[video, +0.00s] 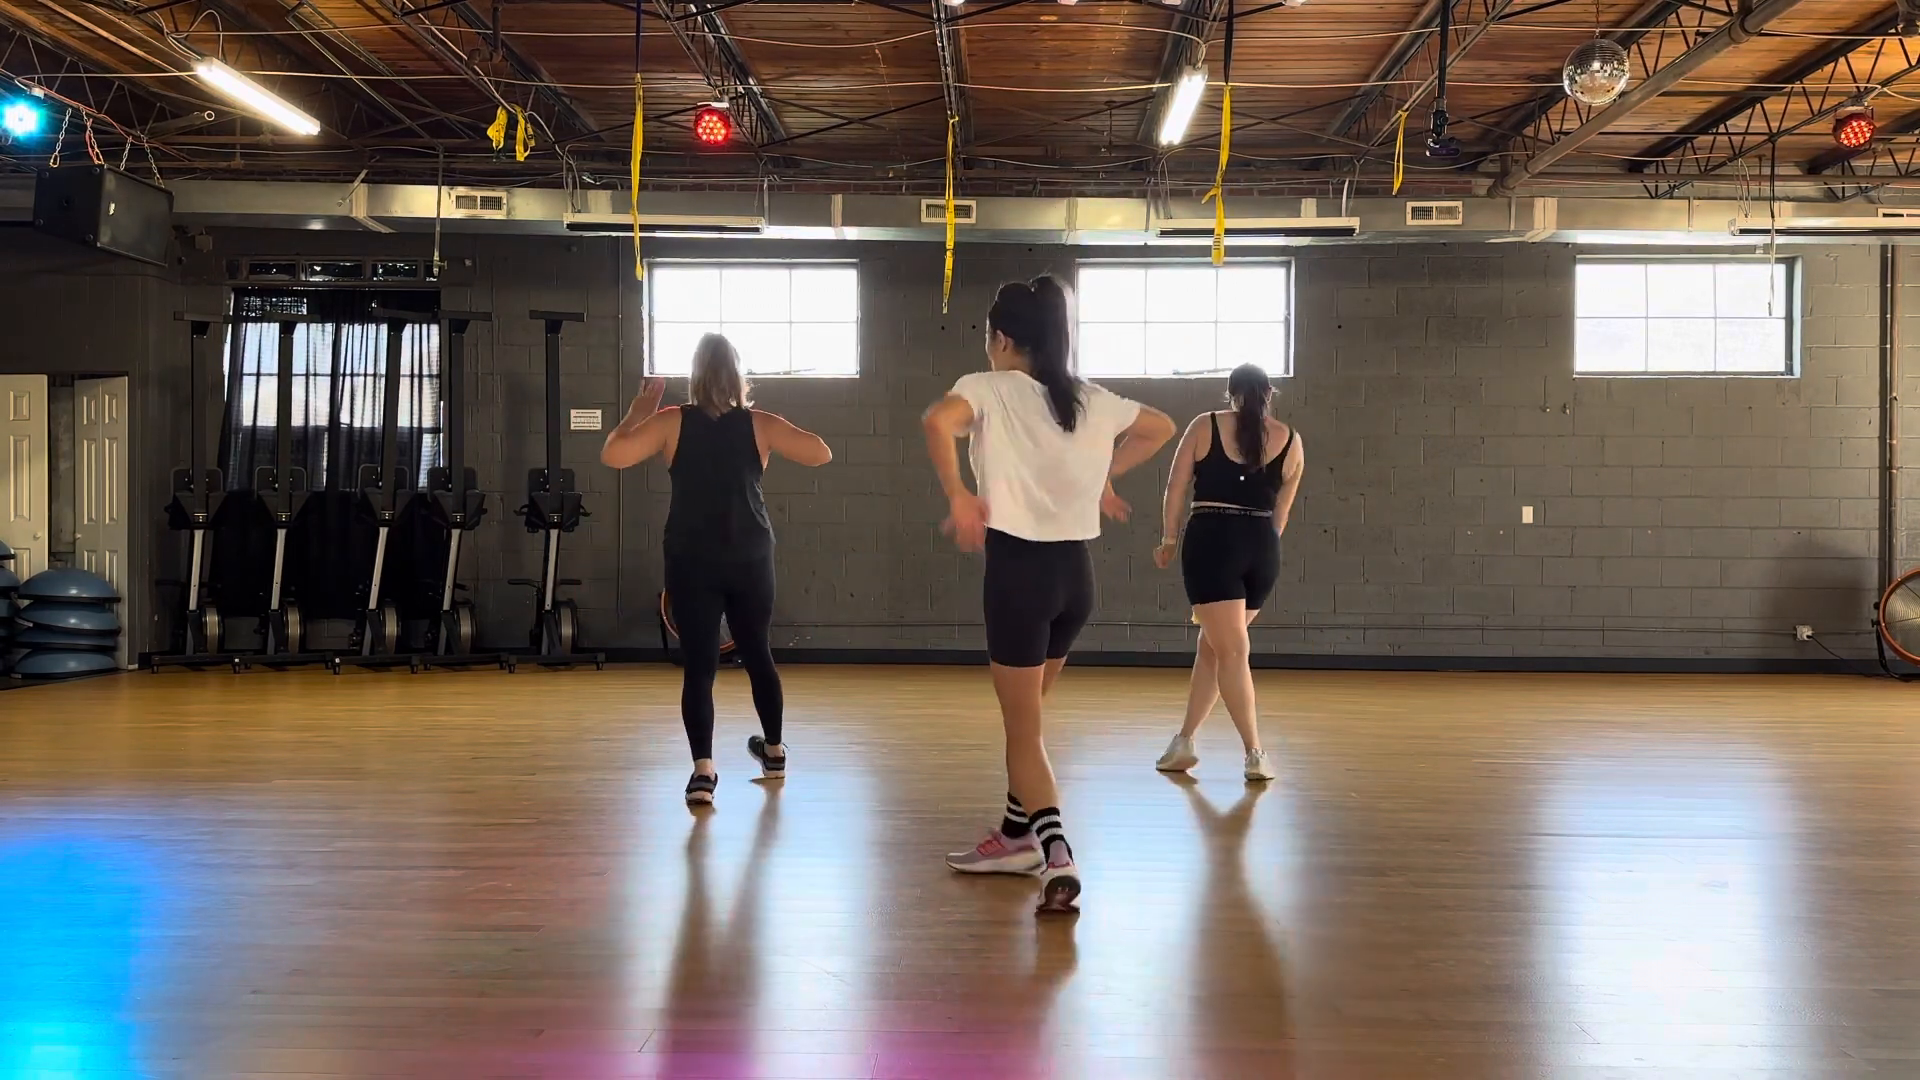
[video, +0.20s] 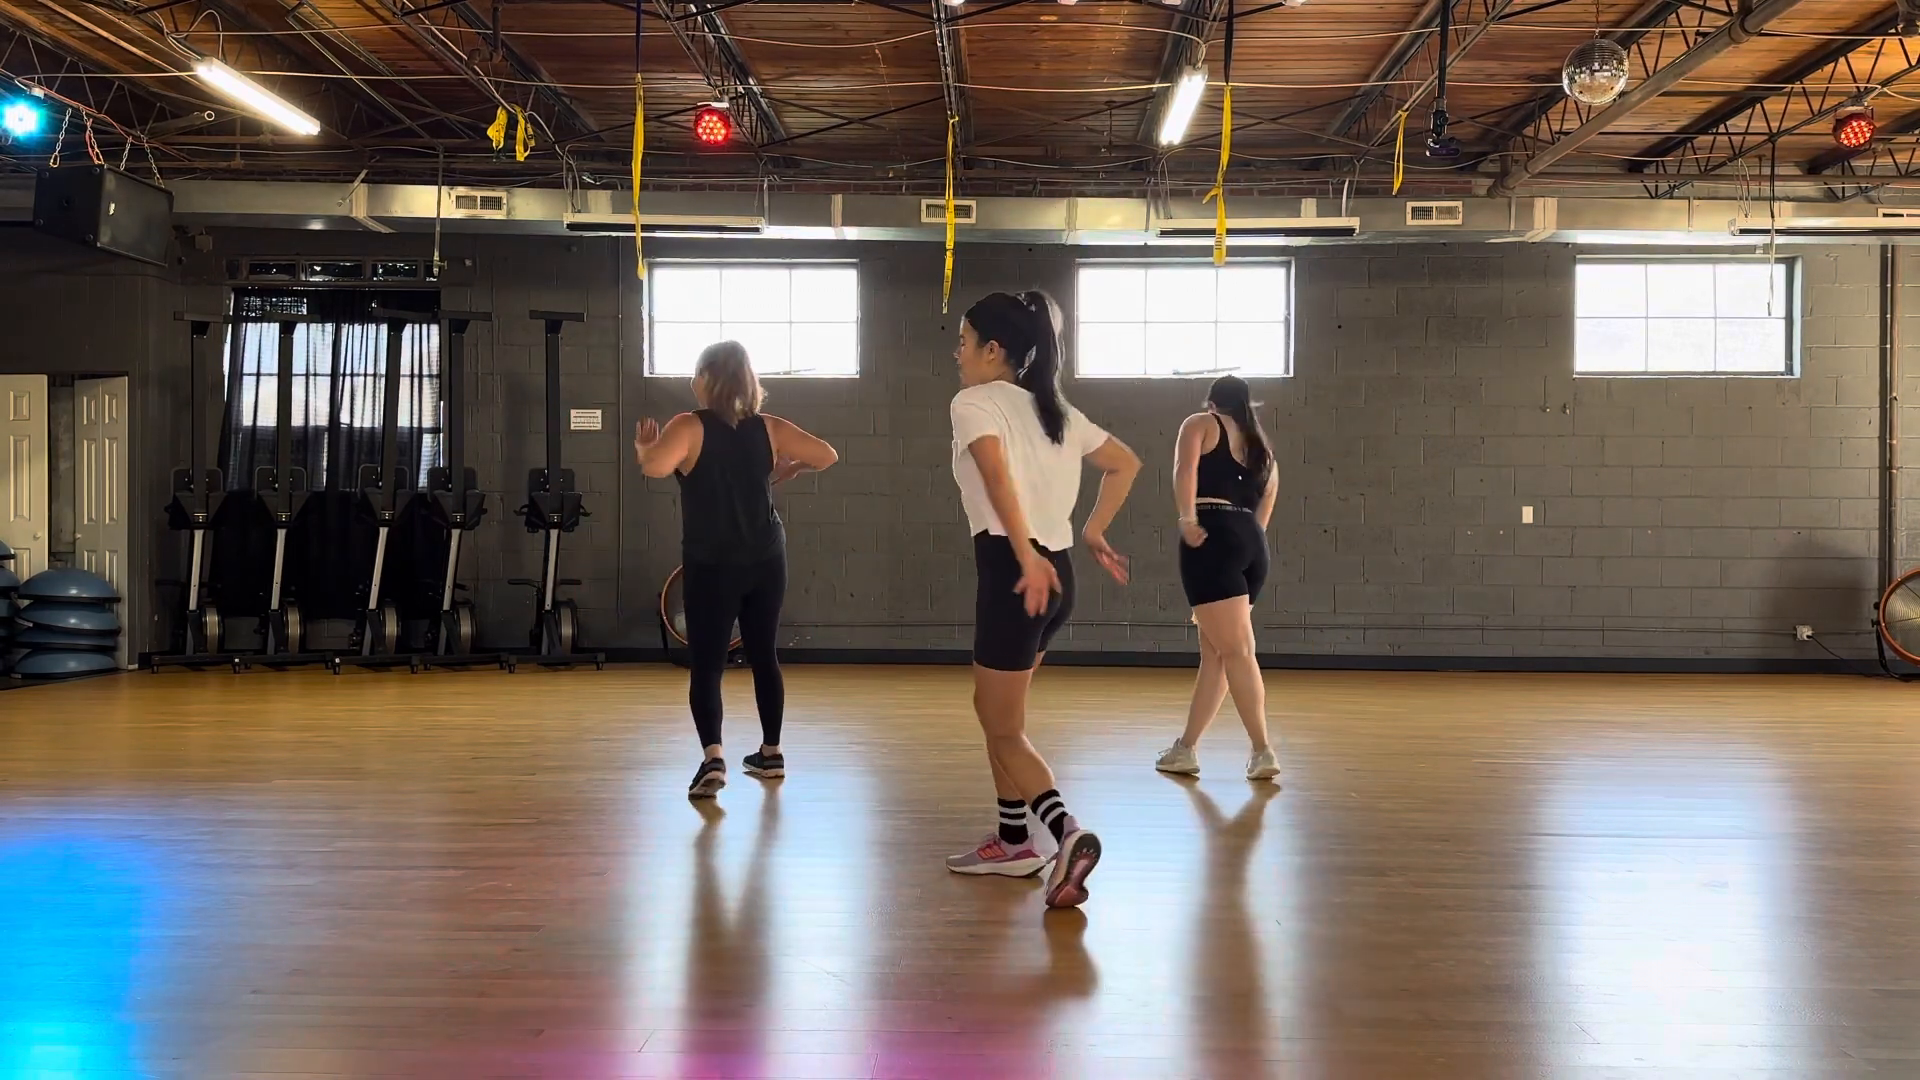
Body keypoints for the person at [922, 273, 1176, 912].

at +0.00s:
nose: (986, 344)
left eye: (990, 334)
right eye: (989, 334)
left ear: (1007, 338)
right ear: (1053, 338)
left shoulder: (989, 386)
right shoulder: (1091, 398)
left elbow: (939, 420)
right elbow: (1160, 426)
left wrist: (958, 493)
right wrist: (1102, 474)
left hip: (1017, 572)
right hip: (1076, 574)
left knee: (1023, 724)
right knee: (1027, 714)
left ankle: (1057, 855)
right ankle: (1015, 835)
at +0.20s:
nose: (958, 353)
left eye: (965, 343)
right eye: (960, 342)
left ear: (994, 350)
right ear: (1015, 353)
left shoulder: (974, 401)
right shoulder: (1055, 411)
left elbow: (996, 473)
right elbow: (1124, 464)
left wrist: (1030, 557)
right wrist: (1095, 527)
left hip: (1008, 568)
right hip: (1053, 568)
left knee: (1005, 733)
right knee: (995, 708)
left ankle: (1068, 837)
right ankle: (1015, 840)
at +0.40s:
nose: (949, 355)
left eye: (964, 344)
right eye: (946, 344)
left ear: (996, 354)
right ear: (950, 351)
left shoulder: (996, 408)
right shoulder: (988, 408)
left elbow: (1048, 498)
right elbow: (1048, 495)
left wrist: (1081, 576)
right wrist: (1078, 575)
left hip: (1011, 576)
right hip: (996, 573)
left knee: (977, 727)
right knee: (958, 708)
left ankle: (1089, 831)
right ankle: (1011, 840)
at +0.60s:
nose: (959, 356)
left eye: (974, 348)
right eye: (951, 344)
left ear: (995, 360)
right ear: (938, 352)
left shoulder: (1019, 423)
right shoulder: (935, 423)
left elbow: (1074, 497)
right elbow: (965, 498)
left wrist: (1115, 560)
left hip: (1015, 571)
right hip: (961, 570)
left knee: (989, 714)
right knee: (945, 716)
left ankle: (1087, 831)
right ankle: (1009, 835)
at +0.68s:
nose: (968, 352)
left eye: (981, 343)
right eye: (959, 340)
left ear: (1000, 354)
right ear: (944, 348)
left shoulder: (1026, 418)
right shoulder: (927, 418)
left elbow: (1077, 486)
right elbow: (917, 483)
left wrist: (1121, 546)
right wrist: (916, 542)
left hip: (1015, 566)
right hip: (956, 567)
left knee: (1007, 698)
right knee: (949, 712)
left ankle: (1086, 836)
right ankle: (1004, 829)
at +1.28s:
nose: (1027, 327)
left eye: (1038, 313)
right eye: (1011, 318)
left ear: (1056, 324)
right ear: (995, 336)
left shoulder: (1069, 390)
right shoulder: (983, 416)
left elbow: (1055, 472)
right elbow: (916, 498)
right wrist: (878, 582)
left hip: (1056, 568)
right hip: (982, 574)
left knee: (1061, 727)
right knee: (944, 732)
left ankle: (1056, 892)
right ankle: (908, 819)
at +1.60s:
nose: (956, 366)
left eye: (970, 353)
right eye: (942, 355)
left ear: (996, 364)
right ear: (928, 369)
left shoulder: (1044, 426)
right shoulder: (905, 453)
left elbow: (1057, 514)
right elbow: (910, 534)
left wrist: (1026, 574)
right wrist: (948, 581)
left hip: (1023, 589)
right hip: (939, 593)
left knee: (1062, 746)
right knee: (886, 744)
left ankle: (1051, 892)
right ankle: (833, 885)